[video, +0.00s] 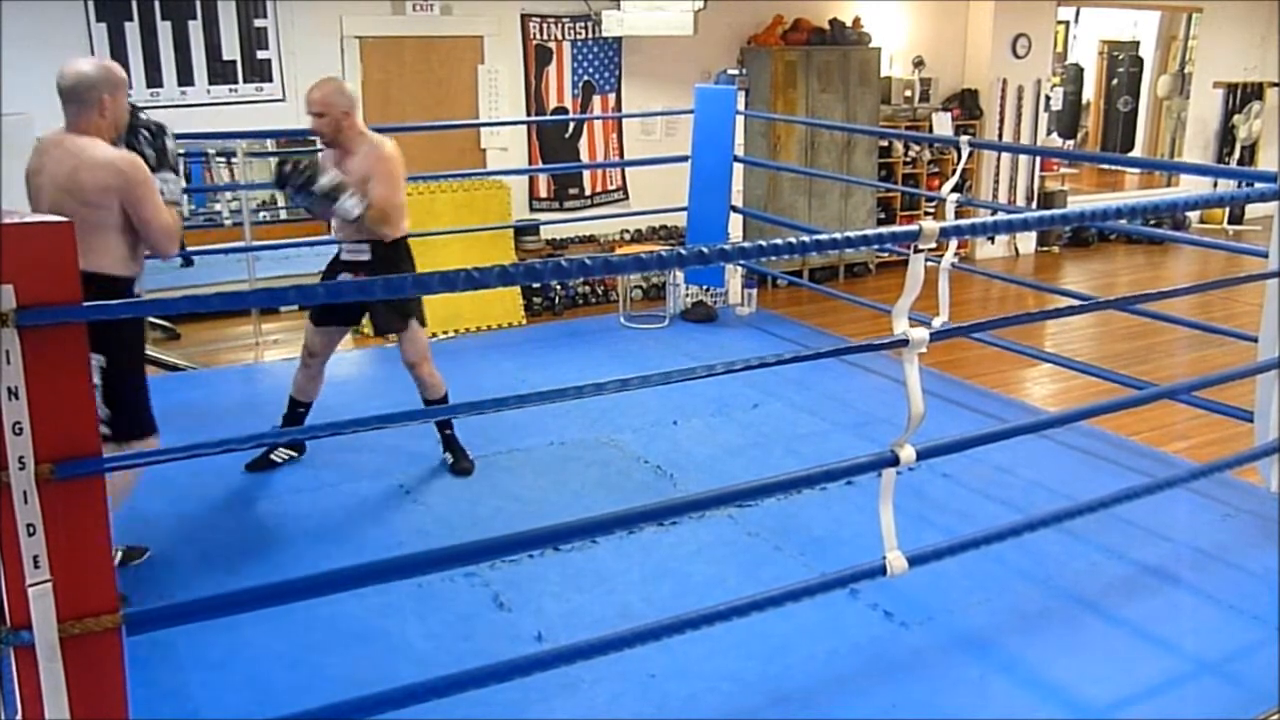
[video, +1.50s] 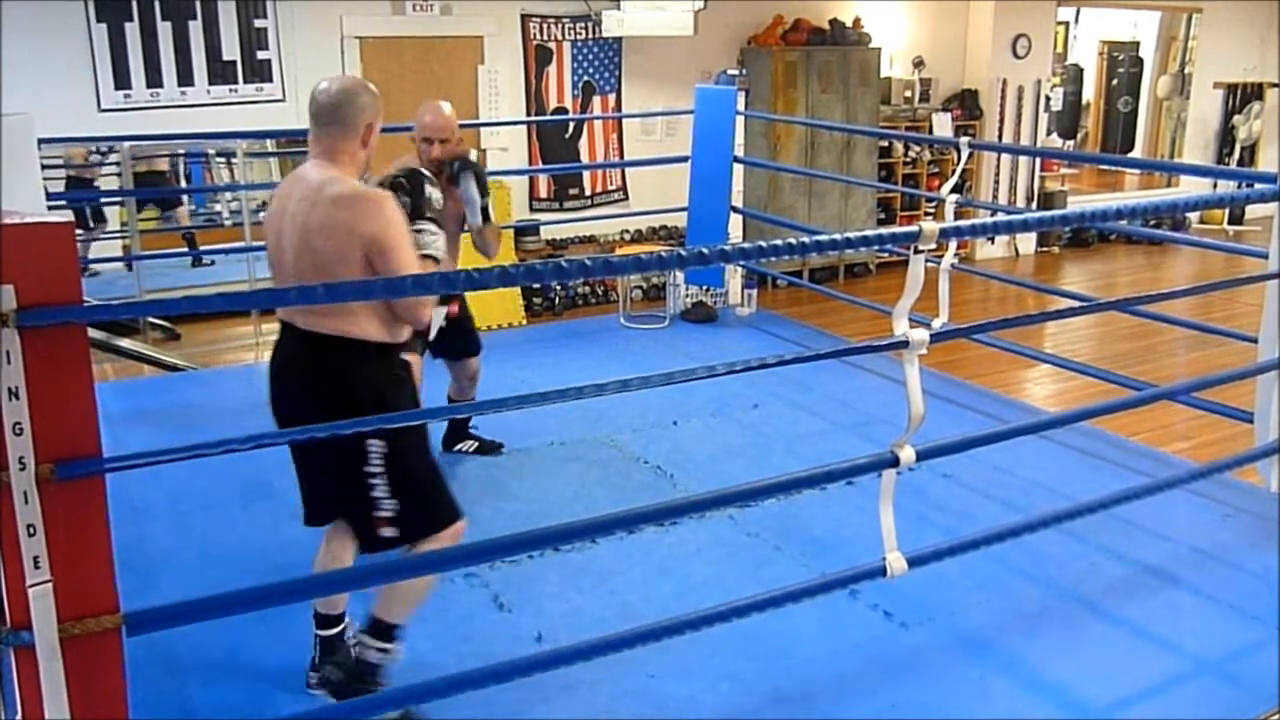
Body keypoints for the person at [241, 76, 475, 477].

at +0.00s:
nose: (312, 124)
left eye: (319, 116)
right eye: (310, 115)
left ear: (346, 115)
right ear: (326, 118)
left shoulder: (383, 154)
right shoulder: (326, 156)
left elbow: (389, 224)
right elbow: (331, 216)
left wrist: (343, 199)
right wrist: (305, 192)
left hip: (389, 262)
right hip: (346, 261)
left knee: (418, 361)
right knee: (313, 353)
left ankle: (450, 440)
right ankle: (290, 437)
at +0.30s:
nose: (362, 122)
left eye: (371, 115)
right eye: (356, 114)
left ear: (391, 112)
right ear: (348, 110)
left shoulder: (414, 145)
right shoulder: (341, 149)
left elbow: (421, 207)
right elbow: (320, 209)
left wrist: (401, 153)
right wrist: (322, 155)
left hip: (408, 253)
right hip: (358, 257)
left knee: (446, 356)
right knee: (341, 366)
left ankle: (449, 439)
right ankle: (329, 456)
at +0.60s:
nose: (405, 132)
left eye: (413, 123)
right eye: (398, 123)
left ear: (427, 118)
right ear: (384, 117)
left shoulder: (437, 149)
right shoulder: (366, 145)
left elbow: (442, 214)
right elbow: (346, 206)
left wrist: (433, 159)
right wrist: (355, 150)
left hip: (424, 257)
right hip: (375, 260)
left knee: (464, 363)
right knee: (373, 372)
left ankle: (454, 437)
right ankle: (363, 491)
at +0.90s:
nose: (452, 146)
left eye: (460, 139)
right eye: (447, 135)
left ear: (465, 141)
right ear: (426, 126)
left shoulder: (452, 170)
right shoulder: (400, 162)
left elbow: (465, 219)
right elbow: (391, 203)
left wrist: (479, 168)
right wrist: (402, 144)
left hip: (436, 270)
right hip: (392, 273)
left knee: (480, 359)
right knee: (383, 384)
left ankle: (460, 429)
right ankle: (365, 496)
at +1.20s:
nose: (456, 122)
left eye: (464, 115)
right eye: (449, 113)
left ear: (475, 114)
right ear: (433, 107)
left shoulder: (475, 153)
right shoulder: (412, 145)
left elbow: (489, 216)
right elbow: (387, 198)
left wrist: (490, 166)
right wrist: (407, 154)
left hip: (451, 253)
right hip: (408, 253)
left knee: (465, 352)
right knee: (405, 364)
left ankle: (456, 431)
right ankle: (392, 476)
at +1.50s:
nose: (434, 152)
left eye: (444, 142)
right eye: (426, 142)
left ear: (460, 140)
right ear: (414, 138)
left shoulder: (467, 178)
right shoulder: (395, 181)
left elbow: (490, 249)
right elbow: (378, 242)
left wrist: (477, 201)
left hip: (447, 291)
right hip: (404, 296)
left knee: (467, 371)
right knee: (407, 379)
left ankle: (457, 433)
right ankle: (406, 450)